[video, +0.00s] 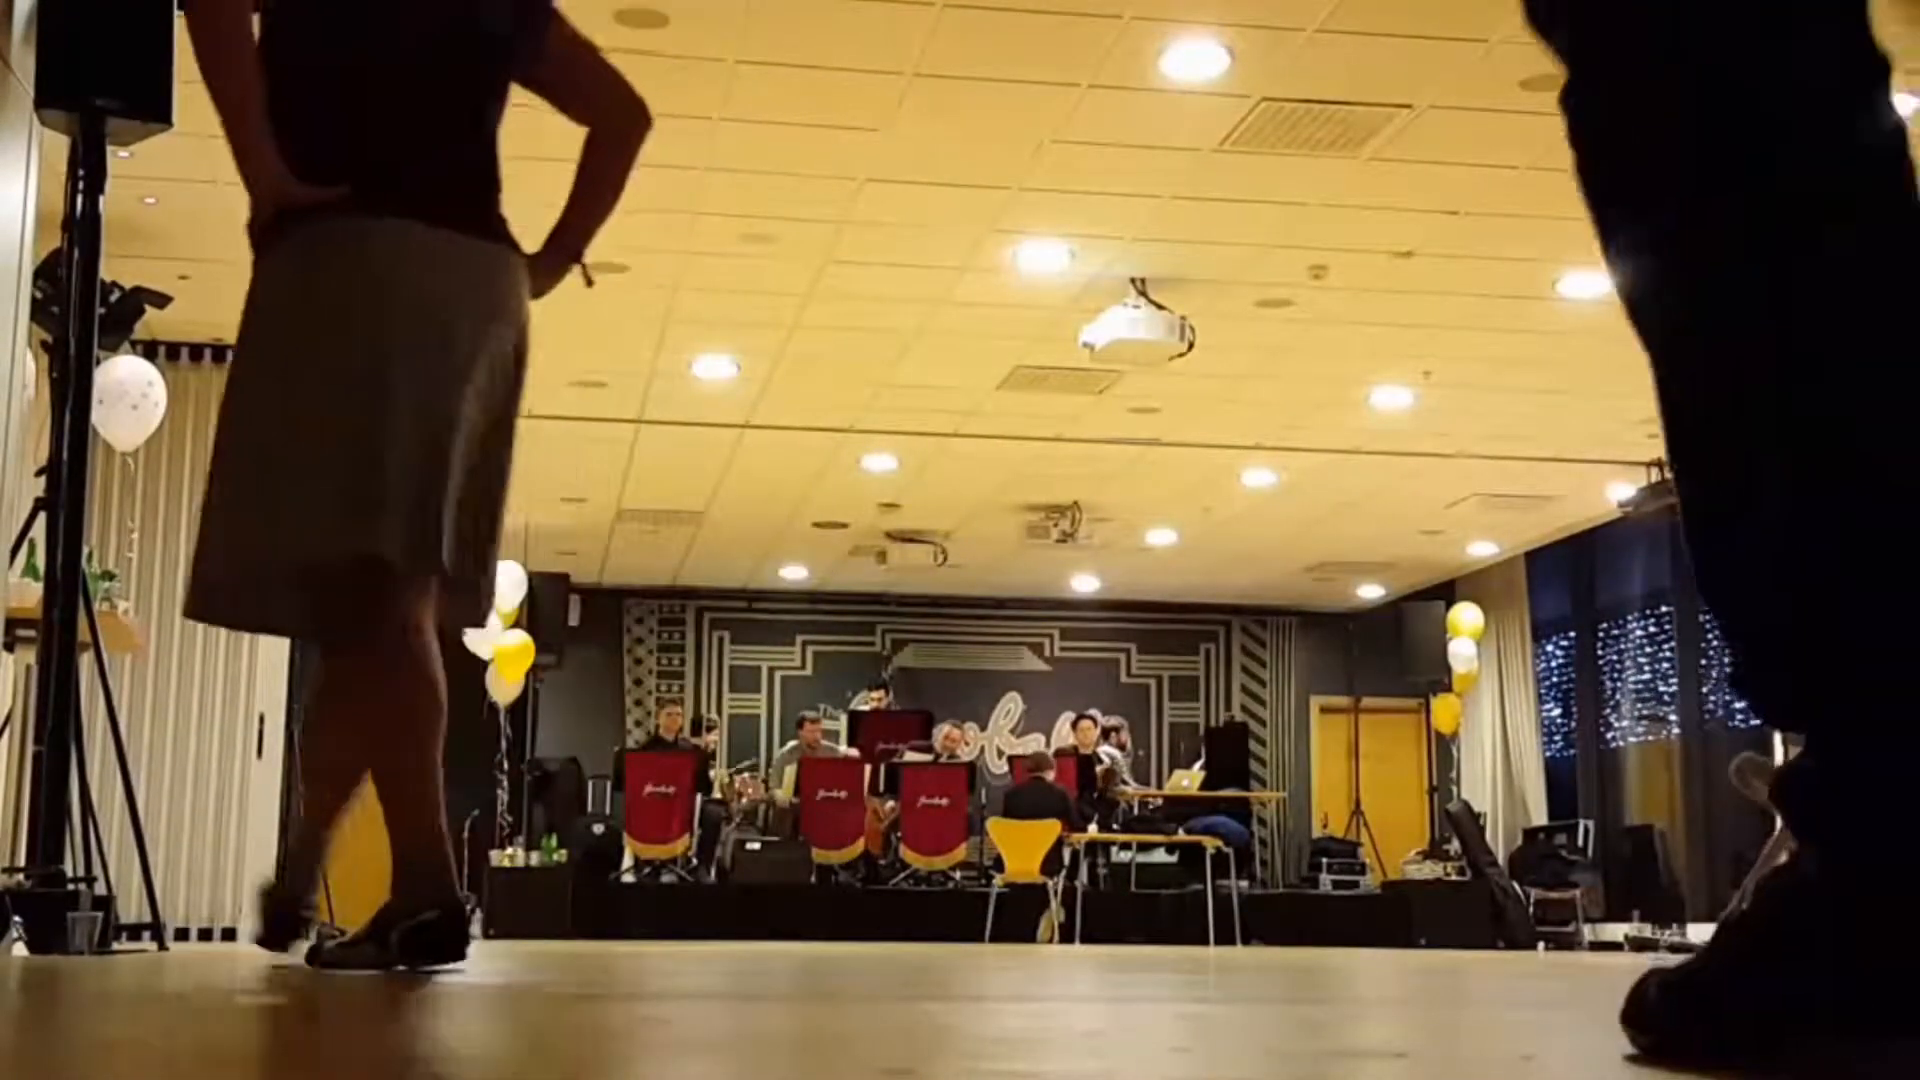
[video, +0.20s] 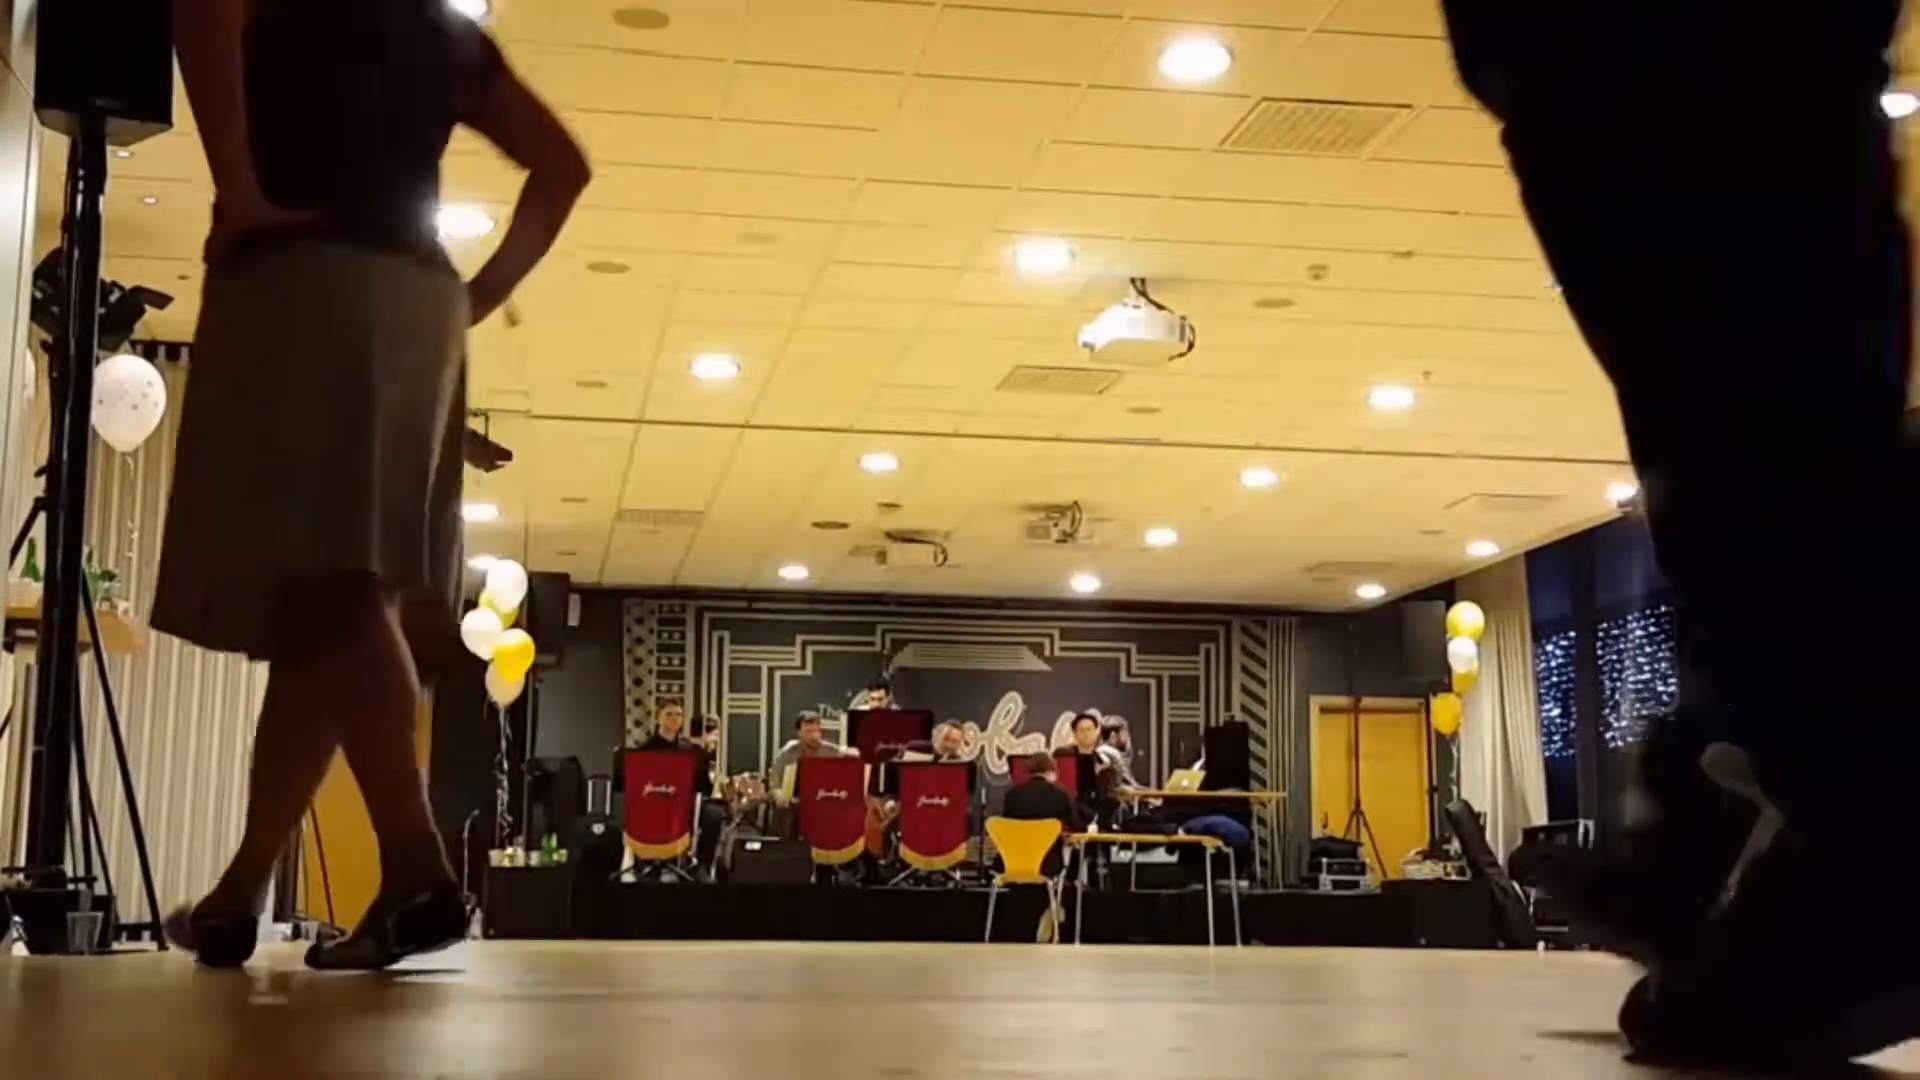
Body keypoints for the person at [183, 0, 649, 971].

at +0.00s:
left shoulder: (278, 9)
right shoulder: (491, 10)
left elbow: (212, 9)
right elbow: (623, 114)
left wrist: (262, 170)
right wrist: (551, 260)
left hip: (347, 262)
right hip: (478, 274)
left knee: (375, 591)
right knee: (400, 592)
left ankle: (428, 894)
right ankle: (301, 868)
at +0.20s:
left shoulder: (260, 12)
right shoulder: (440, 26)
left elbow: (200, 16)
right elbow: (561, 164)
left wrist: (237, 188)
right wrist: (480, 294)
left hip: (300, 281)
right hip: (420, 292)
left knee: (339, 589)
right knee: (331, 603)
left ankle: (419, 876)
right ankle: (241, 895)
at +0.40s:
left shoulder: (228, 12)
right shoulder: (391, 38)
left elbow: (207, 17)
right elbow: (507, 190)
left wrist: (196, 198)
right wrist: (419, 295)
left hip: (243, 301)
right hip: (362, 316)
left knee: (200, 591)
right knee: (292, 614)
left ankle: (340, 820)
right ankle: (224, 900)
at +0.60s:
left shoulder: (192, 4)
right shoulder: (341, 40)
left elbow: (193, 48)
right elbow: (463, 205)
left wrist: (170, 215)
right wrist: (378, 316)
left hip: (208, 319)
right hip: (326, 327)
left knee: (97, 604)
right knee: (269, 627)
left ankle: (186, 843)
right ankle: (222, 901)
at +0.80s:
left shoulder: (159, 13)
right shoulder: (315, 62)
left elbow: (148, 73)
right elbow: (437, 219)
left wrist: (124, 236)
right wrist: (359, 328)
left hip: (164, 337)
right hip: (298, 351)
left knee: (84, 630)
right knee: (260, 640)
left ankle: (32, 889)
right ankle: (223, 901)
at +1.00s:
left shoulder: (95, 18)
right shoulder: (276, 70)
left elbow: (59, 90)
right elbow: (411, 211)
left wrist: (57, 241)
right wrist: (340, 332)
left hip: (123, 354)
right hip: (263, 359)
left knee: (70, 644)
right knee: (238, 643)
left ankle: (9, 893)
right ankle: (220, 887)